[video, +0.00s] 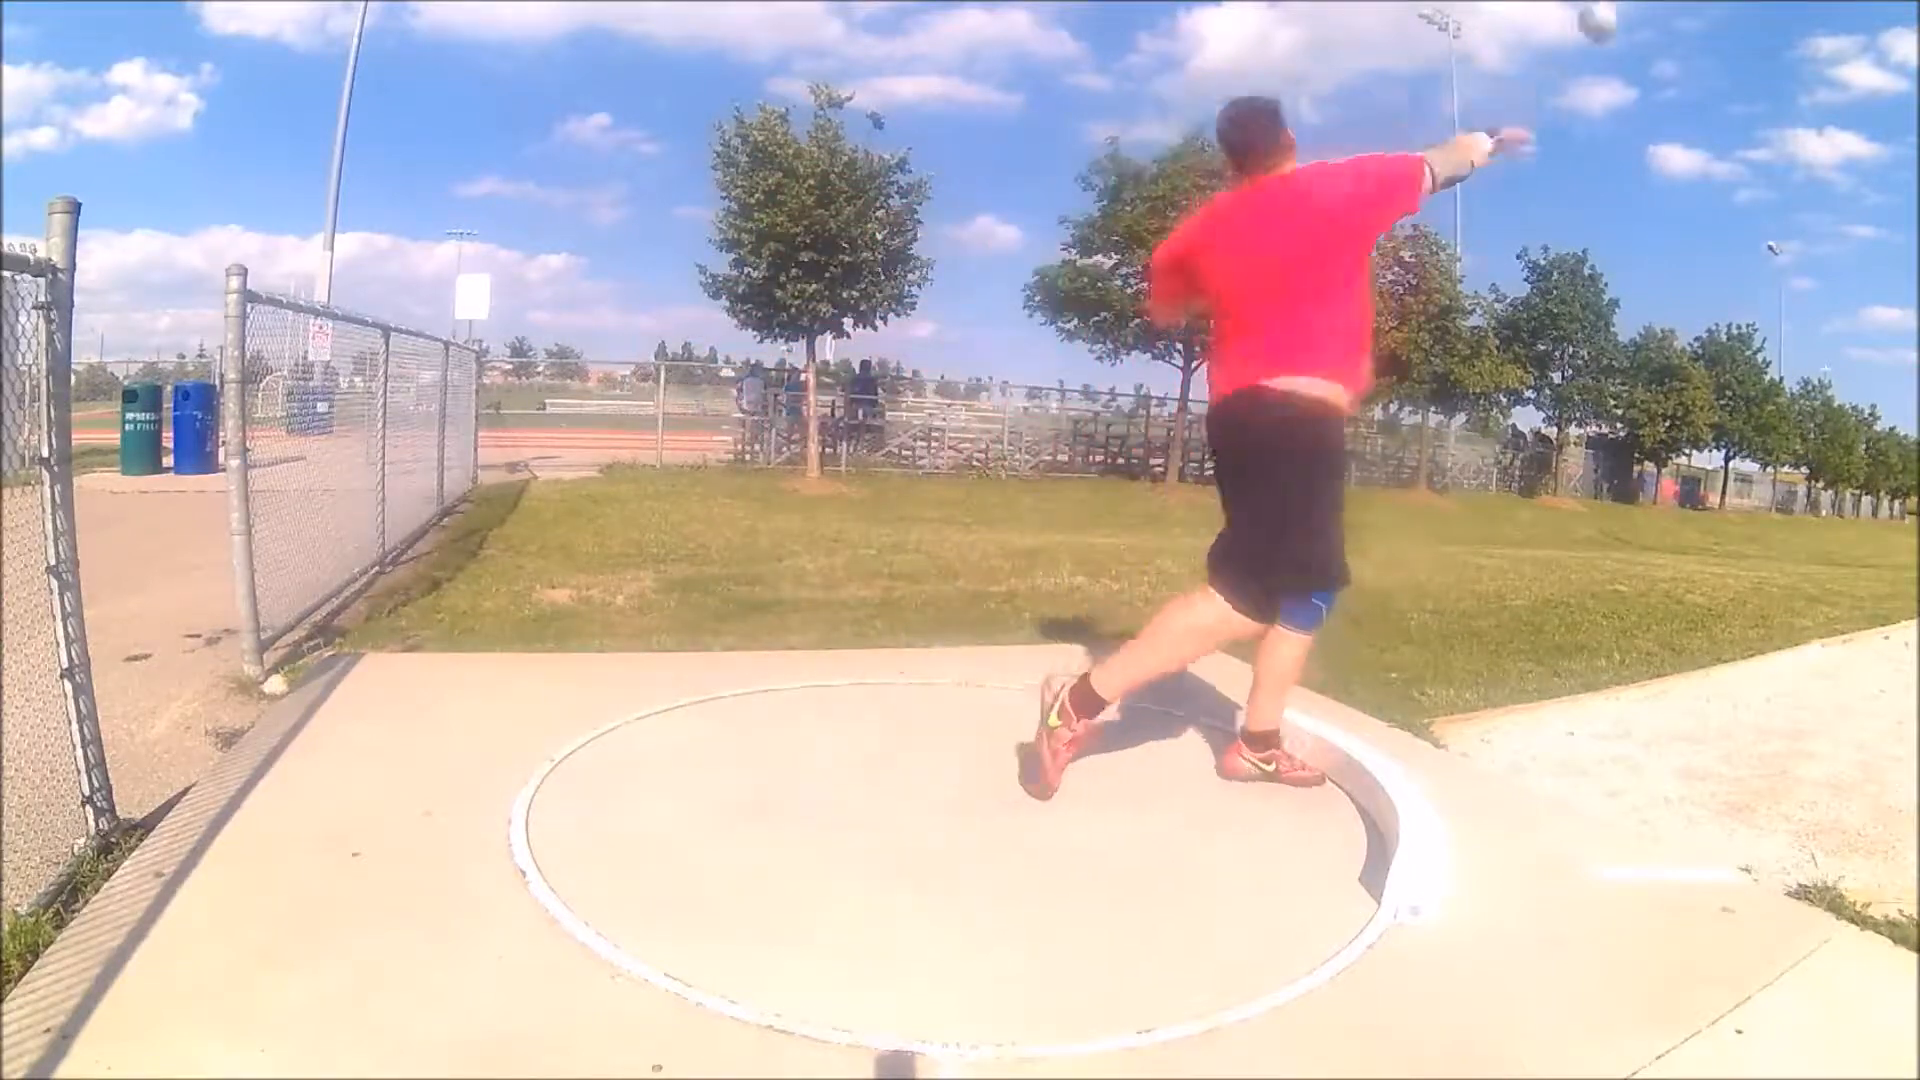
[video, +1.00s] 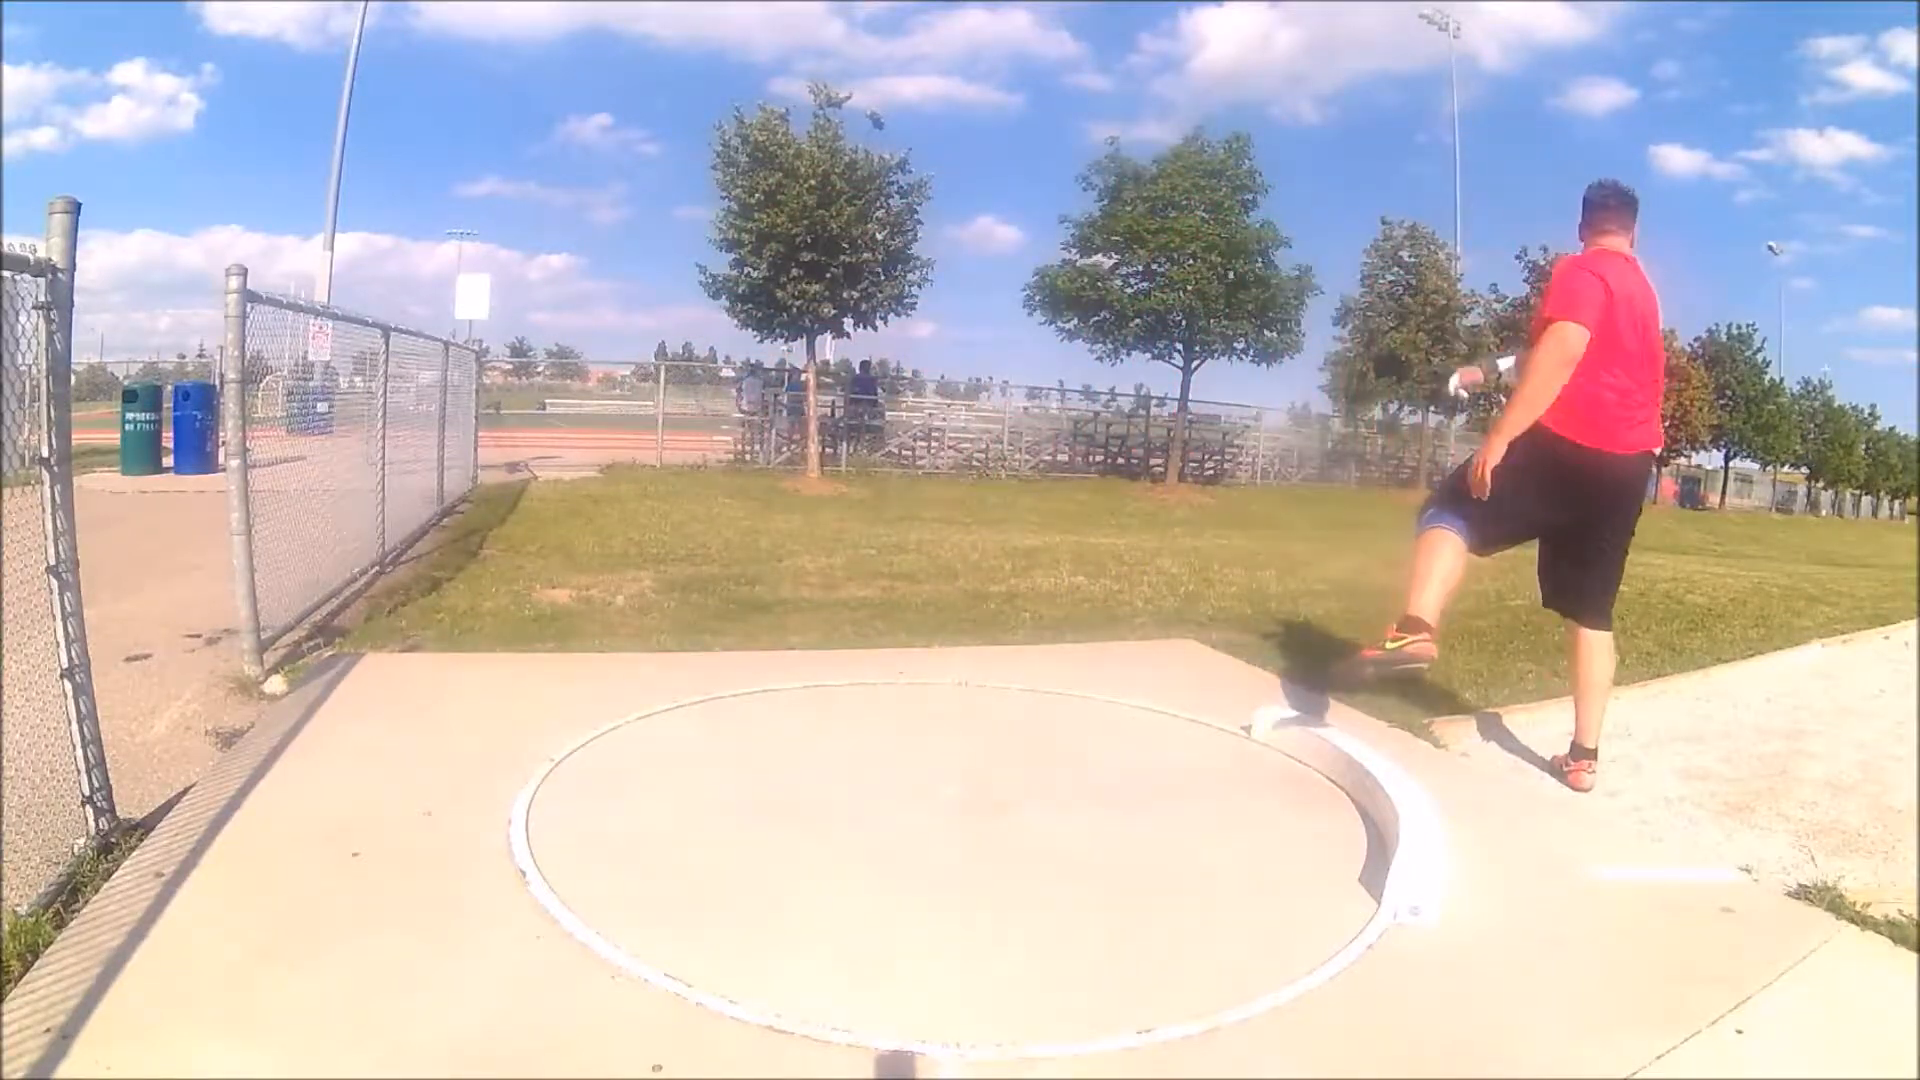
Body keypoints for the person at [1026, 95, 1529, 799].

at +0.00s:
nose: (1290, 154)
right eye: (1292, 143)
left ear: (1229, 159)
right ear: (1290, 144)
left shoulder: (1206, 225)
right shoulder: (1337, 187)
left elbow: (1162, 307)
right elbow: (1443, 162)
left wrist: (1225, 286)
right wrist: (1484, 142)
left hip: (1240, 418)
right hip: (1306, 420)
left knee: (1309, 585)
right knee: (1248, 595)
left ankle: (1259, 741)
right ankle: (1081, 699)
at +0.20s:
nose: (1313, 176)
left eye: (1312, 167)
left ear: (1316, 168)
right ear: (1376, 171)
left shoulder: (1302, 227)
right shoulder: (1397, 230)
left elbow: (1211, 271)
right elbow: (1359, 311)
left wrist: (1164, 251)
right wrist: (1276, 328)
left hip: (1327, 436)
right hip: (1424, 422)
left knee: (1325, 601)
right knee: (1435, 581)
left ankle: (1314, 766)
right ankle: (1414, 687)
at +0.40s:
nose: (1368, 208)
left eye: (1373, 196)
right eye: (1371, 198)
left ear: (1390, 195)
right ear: (1431, 197)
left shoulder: (1435, 246)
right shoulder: (1386, 267)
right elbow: (1317, 304)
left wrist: (1289, 276)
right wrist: (1250, 330)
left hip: (1411, 462)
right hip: (1493, 450)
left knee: (1374, 616)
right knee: (1541, 590)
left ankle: (1332, 769)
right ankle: (1640, 712)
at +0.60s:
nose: (1465, 243)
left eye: (1470, 233)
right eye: (1467, 234)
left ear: (1490, 232)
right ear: (1524, 234)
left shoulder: (1550, 293)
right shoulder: (1465, 294)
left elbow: (1579, 353)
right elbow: (1423, 316)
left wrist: (1533, 391)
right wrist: (1386, 318)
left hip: (1486, 485)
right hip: (1550, 491)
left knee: (1419, 614)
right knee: (1542, 621)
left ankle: (1342, 757)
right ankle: (1577, 756)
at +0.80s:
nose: (1539, 238)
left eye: (1542, 228)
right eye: (1544, 229)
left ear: (1553, 225)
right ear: (1597, 229)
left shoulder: (1591, 282)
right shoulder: (1549, 286)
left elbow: (1611, 375)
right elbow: (1492, 319)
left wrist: (1582, 475)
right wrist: (1452, 340)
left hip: (1524, 458)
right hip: (1586, 472)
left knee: (1434, 555)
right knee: (1565, 611)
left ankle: (1373, 682)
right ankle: (1580, 755)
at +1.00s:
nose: (1582, 239)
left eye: (1580, 229)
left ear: (1583, 226)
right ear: (1633, 232)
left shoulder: (1583, 269)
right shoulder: (1642, 288)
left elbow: (1563, 349)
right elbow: (1576, 362)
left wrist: (1500, 435)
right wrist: (1490, 374)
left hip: (1560, 449)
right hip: (1626, 466)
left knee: (1453, 508)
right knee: (1593, 608)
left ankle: (1416, 628)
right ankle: (1583, 757)